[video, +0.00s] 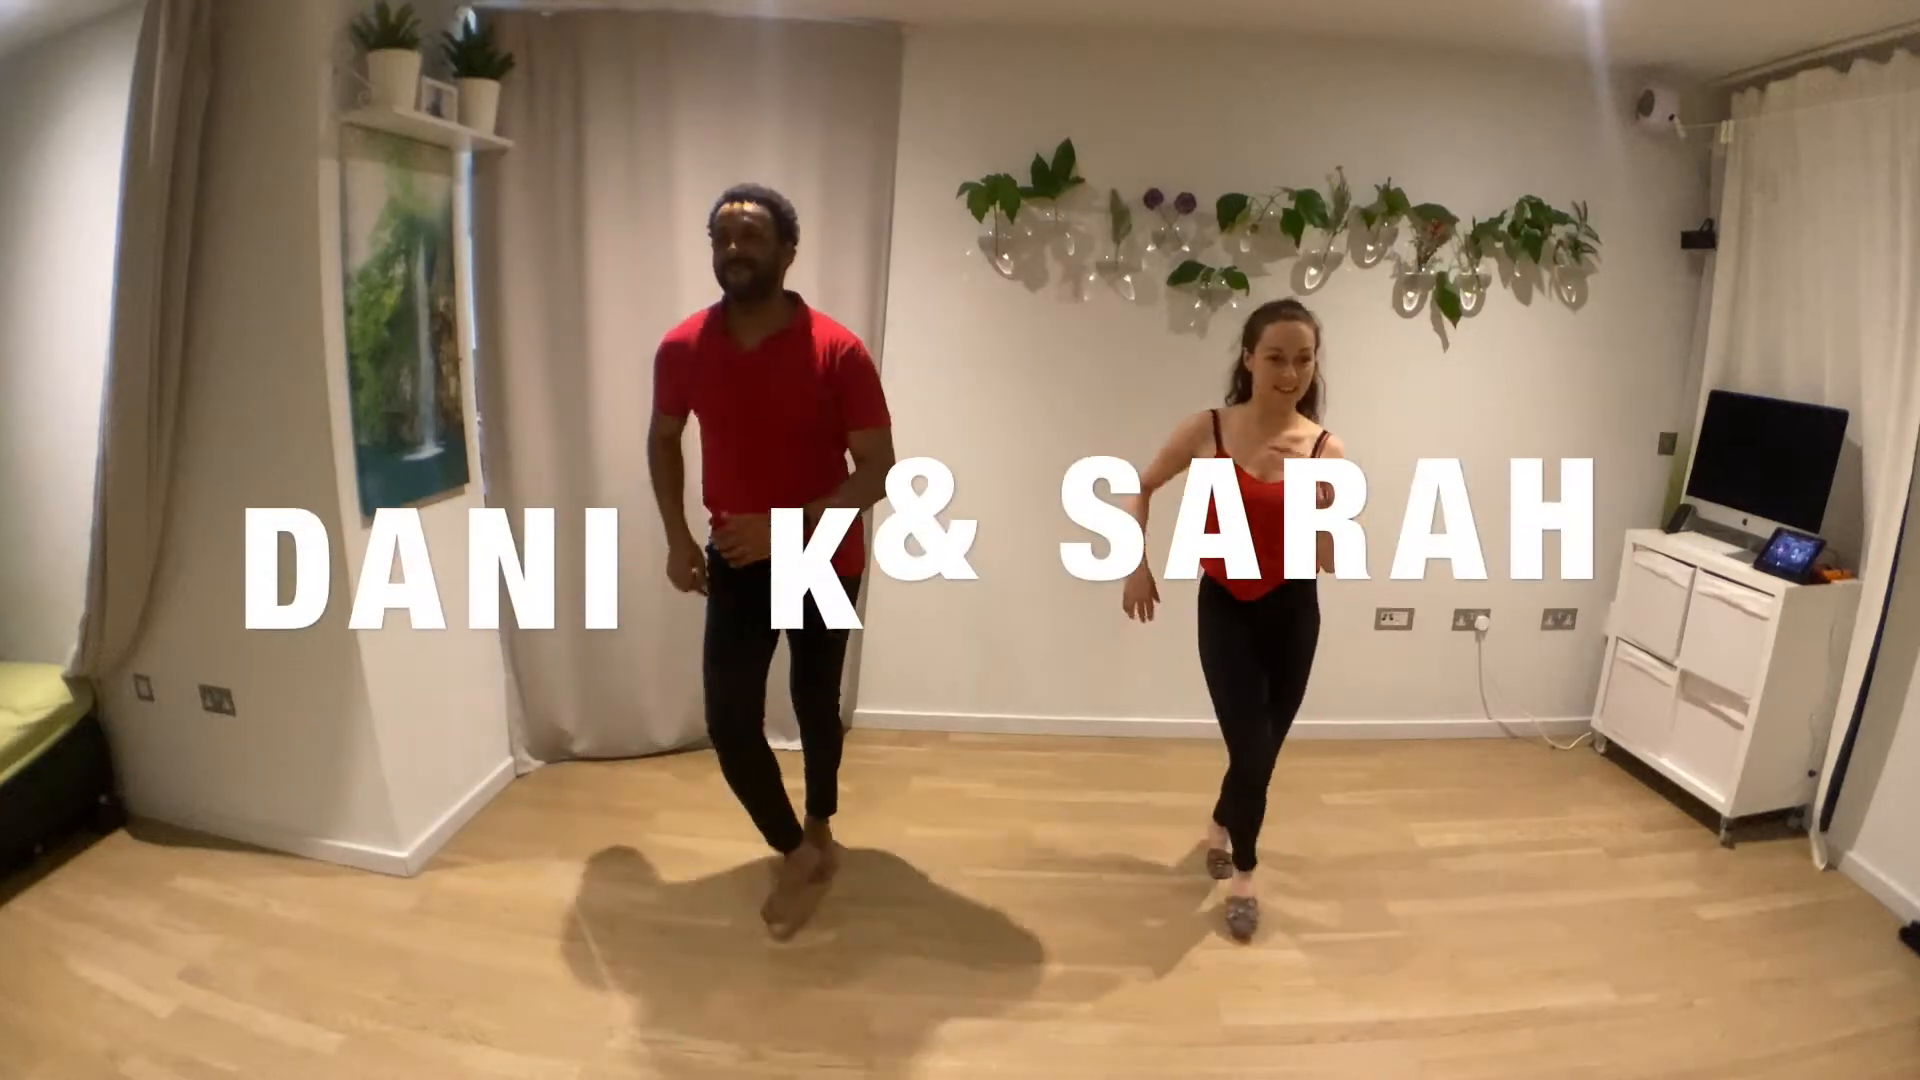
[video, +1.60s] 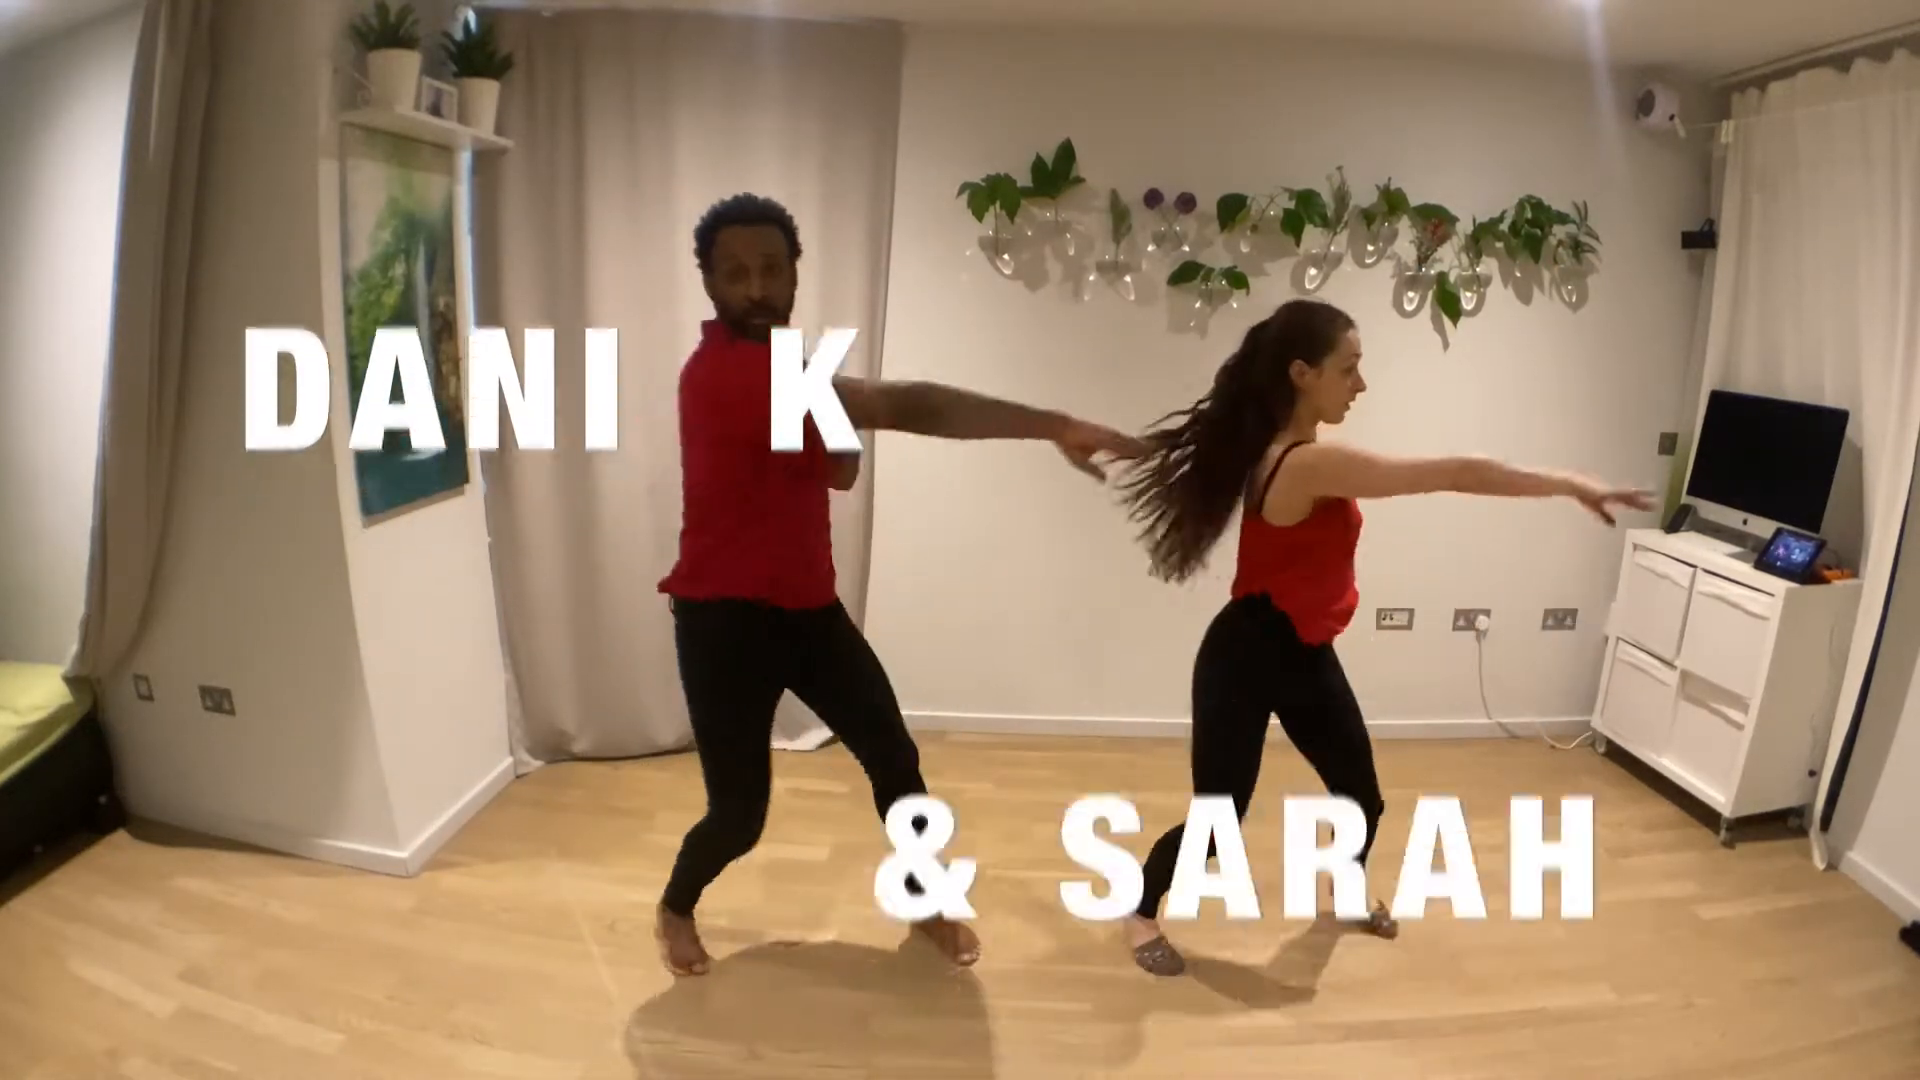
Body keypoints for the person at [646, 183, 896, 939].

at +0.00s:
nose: (731, 247)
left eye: (749, 236)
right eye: (722, 236)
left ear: (788, 250)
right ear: (709, 252)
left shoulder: (835, 351)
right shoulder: (685, 349)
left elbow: (877, 471)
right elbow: (664, 438)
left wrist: (781, 528)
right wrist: (679, 536)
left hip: (826, 552)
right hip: (739, 553)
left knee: (814, 699)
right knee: (730, 722)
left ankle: (818, 832)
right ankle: (798, 854)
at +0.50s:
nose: (716, 260)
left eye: (738, 244)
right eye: (701, 244)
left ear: (776, 255)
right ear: (687, 256)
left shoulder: (828, 366)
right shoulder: (677, 379)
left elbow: (920, 489)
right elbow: (654, 495)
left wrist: (841, 595)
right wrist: (649, 522)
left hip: (789, 630)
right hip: (699, 622)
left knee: (742, 814)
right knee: (734, 815)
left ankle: (836, 929)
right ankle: (825, 941)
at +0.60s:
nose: (706, 261)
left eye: (728, 244)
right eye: (692, 244)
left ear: (767, 255)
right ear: (677, 254)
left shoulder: (825, 370)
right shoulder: (660, 385)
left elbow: (921, 492)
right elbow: (642, 511)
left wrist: (825, 585)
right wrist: (633, 573)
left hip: (775, 637)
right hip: (686, 631)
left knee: (702, 838)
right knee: (724, 819)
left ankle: (751, 1024)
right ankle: (827, 950)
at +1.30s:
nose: (673, 259)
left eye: (694, 240)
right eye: (655, 239)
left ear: (726, 253)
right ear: (631, 253)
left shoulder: (790, 370)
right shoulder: (605, 373)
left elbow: (881, 473)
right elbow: (573, 465)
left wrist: (860, 547)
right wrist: (543, 542)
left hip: (773, 617)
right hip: (676, 613)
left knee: (739, 802)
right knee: (674, 799)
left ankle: (778, 952)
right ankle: (702, 909)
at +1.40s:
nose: (705, 266)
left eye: (722, 247)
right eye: (685, 249)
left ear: (751, 255)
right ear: (660, 262)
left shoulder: (807, 361)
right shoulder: (628, 372)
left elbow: (883, 477)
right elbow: (556, 478)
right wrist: (627, 477)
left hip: (786, 608)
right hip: (685, 605)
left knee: (804, 792)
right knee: (673, 791)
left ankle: (860, 881)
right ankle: (702, 905)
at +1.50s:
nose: (727, 280)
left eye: (745, 260)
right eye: (707, 261)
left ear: (775, 264)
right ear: (687, 269)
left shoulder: (807, 356)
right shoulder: (665, 370)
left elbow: (859, 480)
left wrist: (802, 401)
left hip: (797, 604)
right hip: (702, 607)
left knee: (865, 766)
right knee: (689, 783)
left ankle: (920, 903)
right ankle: (697, 910)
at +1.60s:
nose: (757, 290)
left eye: (773, 271)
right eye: (735, 273)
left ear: (796, 276)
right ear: (706, 282)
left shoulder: (787, 367)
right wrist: (1053, 426)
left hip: (810, 612)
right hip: (724, 616)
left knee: (895, 762)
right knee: (738, 820)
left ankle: (928, 898)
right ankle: (675, 904)